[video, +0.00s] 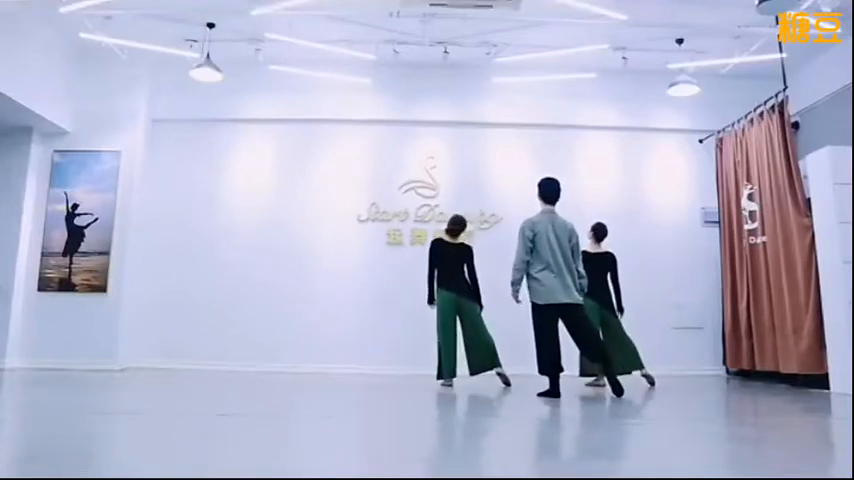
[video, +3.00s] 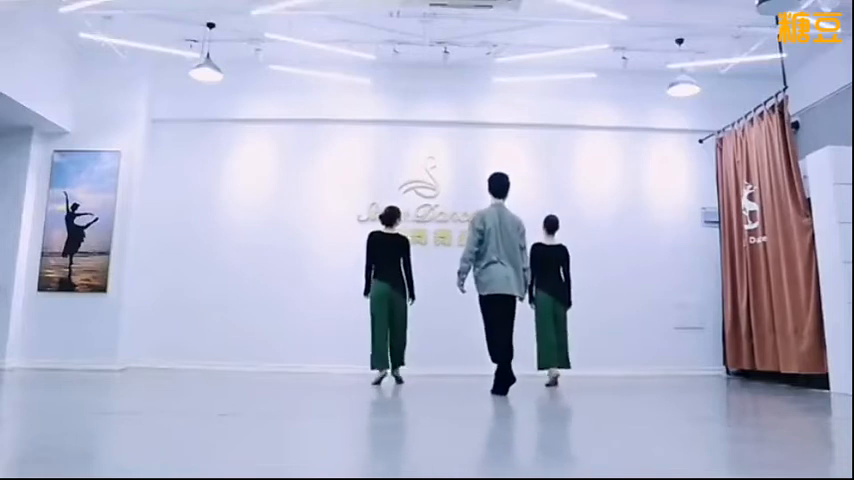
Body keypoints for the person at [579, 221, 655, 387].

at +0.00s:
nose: (588, 233)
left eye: (589, 231)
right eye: (590, 231)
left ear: (591, 235)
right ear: (604, 237)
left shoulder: (582, 256)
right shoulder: (609, 257)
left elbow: (577, 278)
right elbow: (615, 283)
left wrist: (576, 297)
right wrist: (619, 305)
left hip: (589, 301)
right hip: (606, 302)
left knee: (593, 337)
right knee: (620, 336)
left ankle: (600, 376)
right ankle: (641, 369)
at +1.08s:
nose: (587, 251)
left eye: (586, 248)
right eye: (591, 248)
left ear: (584, 249)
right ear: (598, 251)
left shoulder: (576, 266)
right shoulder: (603, 269)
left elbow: (570, 288)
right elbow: (610, 293)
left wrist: (569, 309)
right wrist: (615, 314)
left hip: (585, 311)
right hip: (604, 312)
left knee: (588, 342)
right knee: (599, 341)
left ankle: (595, 377)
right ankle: (618, 370)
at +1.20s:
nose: (587, 257)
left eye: (585, 253)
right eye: (592, 254)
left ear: (581, 254)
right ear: (596, 256)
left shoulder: (573, 270)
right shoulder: (600, 273)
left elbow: (568, 293)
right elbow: (607, 299)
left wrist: (569, 314)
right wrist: (610, 320)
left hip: (582, 313)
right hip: (599, 315)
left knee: (586, 345)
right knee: (595, 344)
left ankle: (585, 376)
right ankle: (599, 374)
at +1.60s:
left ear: (569, 261)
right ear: (580, 259)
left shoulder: (568, 270)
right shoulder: (593, 268)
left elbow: (569, 296)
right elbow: (601, 291)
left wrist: (568, 319)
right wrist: (607, 311)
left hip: (585, 307)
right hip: (602, 308)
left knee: (583, 341)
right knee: (590, 341)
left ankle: (595, 378)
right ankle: (576, 366)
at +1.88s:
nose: (566, 246)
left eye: (565, 243)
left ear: (565, 242)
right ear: (576, 241)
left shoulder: (563, 252)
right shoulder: (589, 253)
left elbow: (561, 277)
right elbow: (595, 281)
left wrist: (561, 299)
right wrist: (596, 303)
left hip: (574, 294)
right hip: (591, 296)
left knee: (581, 332)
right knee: (582, 333)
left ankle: (594, 369)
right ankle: (573, 370)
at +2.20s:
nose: (558, 232)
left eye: (559, 230)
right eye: (560, 230)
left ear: (560, 230)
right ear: (573, 230)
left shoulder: (557, 247)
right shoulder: (581, 249)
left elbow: (551, 271)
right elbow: (586, 275)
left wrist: (550, 293)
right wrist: (588, 297)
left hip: (563, 291)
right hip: (579, 292)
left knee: (566, 330)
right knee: (578, 329)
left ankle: (571, 368)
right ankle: (579, 366)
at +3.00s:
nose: (548, 230)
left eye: (546, 227)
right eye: (551, 227)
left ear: (543, 228)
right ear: (557, 229)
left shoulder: (536, 248)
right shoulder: (562, 249)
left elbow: (532, 273)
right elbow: (567, 275)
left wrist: (530, 293)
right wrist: (568, 296)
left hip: (542, 292)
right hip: (559, 293)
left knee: (546, 331)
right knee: (558, 330)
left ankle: (552, 369)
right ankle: (555, 368)